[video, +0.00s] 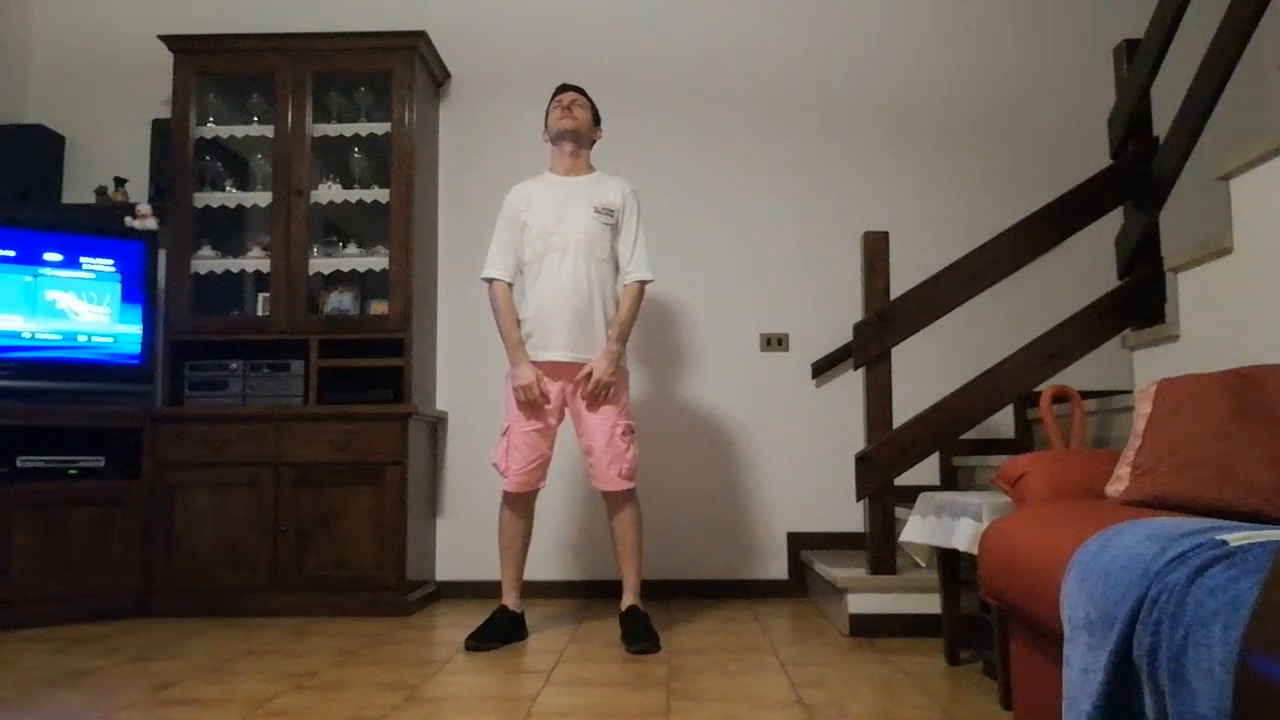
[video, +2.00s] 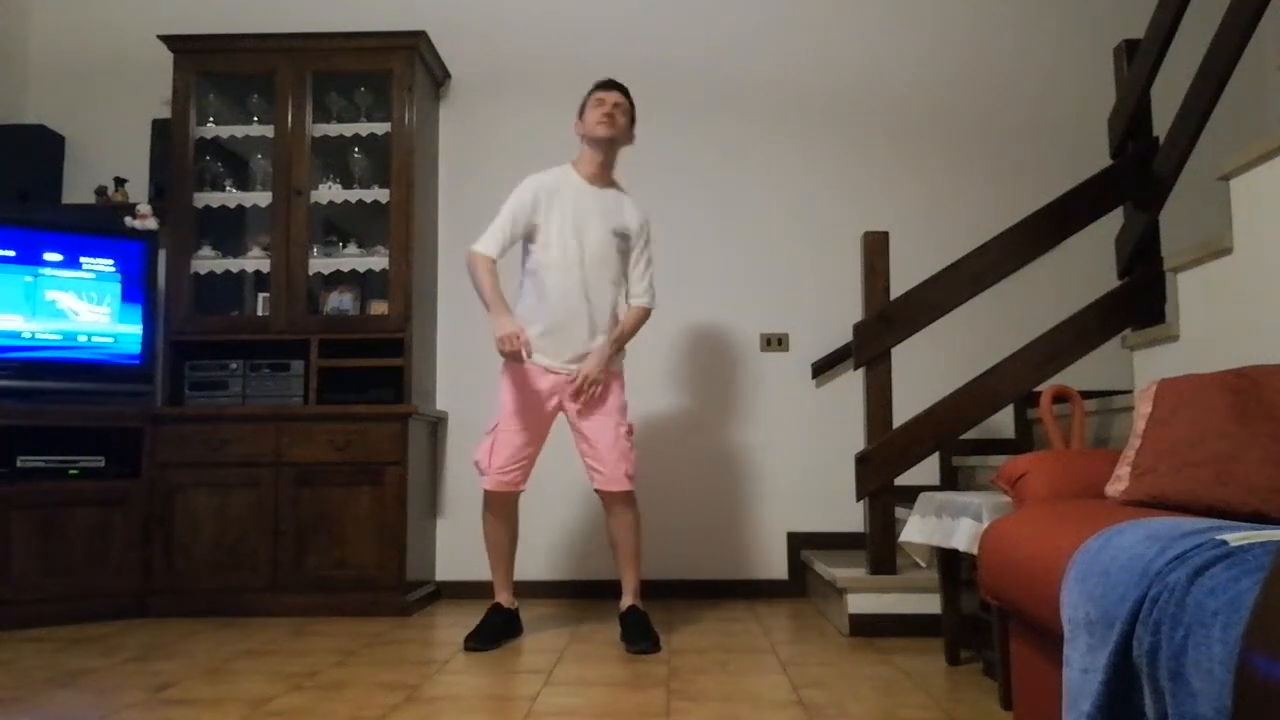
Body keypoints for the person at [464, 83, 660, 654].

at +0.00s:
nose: (565, 106)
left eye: (577, 103)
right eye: (557, 104)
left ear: (596, 131)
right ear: (545, 131)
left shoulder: (617, 193)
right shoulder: (520, 197)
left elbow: (635, 280)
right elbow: (498, 281)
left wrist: (613, 349)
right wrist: (518, 359)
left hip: (600, 366)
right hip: (533, 366)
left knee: (618, 485)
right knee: (517, 487)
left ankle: (632, 604)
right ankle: (509, 608)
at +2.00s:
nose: (609, 112)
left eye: (620, 109)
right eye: (599, 105)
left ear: (630, 134)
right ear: (578, 124)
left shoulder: (631, 213)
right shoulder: (538, 189)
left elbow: (641, 302)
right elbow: (480, 255)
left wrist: (606, 351)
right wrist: (501, 319)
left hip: (598, 371)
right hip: (531, 367)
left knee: (618, 487)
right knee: (499, 484)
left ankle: (632, 605)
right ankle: (503, 605)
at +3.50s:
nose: (525, 119)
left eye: (538, 113)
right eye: (521, 113)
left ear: (563, 131)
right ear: (514, 129)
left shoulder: (579, 174)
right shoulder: (503, 208)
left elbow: (627, 236)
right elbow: (489, 290)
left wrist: (585, 301)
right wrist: (489, 353)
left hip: (588, 366)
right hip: (524, 371)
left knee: (610, 485)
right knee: (498, 482)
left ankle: (632, 601)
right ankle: (505, 608)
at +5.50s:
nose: (585, 171)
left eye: (596, 159)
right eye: (575, 159)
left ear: (615, 146)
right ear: (560, 146)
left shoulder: (631, 214)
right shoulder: (535, 199)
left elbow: (654, 297)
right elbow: (483, 266)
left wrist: (635, 346)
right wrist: (485, 339)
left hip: (603, 369)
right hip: (533, 366)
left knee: (629, 483)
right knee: (504, 483)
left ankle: (639, 607)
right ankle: (511, 610)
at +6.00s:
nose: (519, 176)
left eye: (524, 163)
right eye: (508, 169)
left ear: (545, 144)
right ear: (498, 167)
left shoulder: (583, 185)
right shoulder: (504, 225)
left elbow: (625, 262)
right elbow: (502, 306)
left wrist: (610, 338)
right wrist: (512, 358)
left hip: (597, 369)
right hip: (534, 375)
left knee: (631, 475)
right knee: (508, 484)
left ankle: (646, 602)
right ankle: (510, 610)